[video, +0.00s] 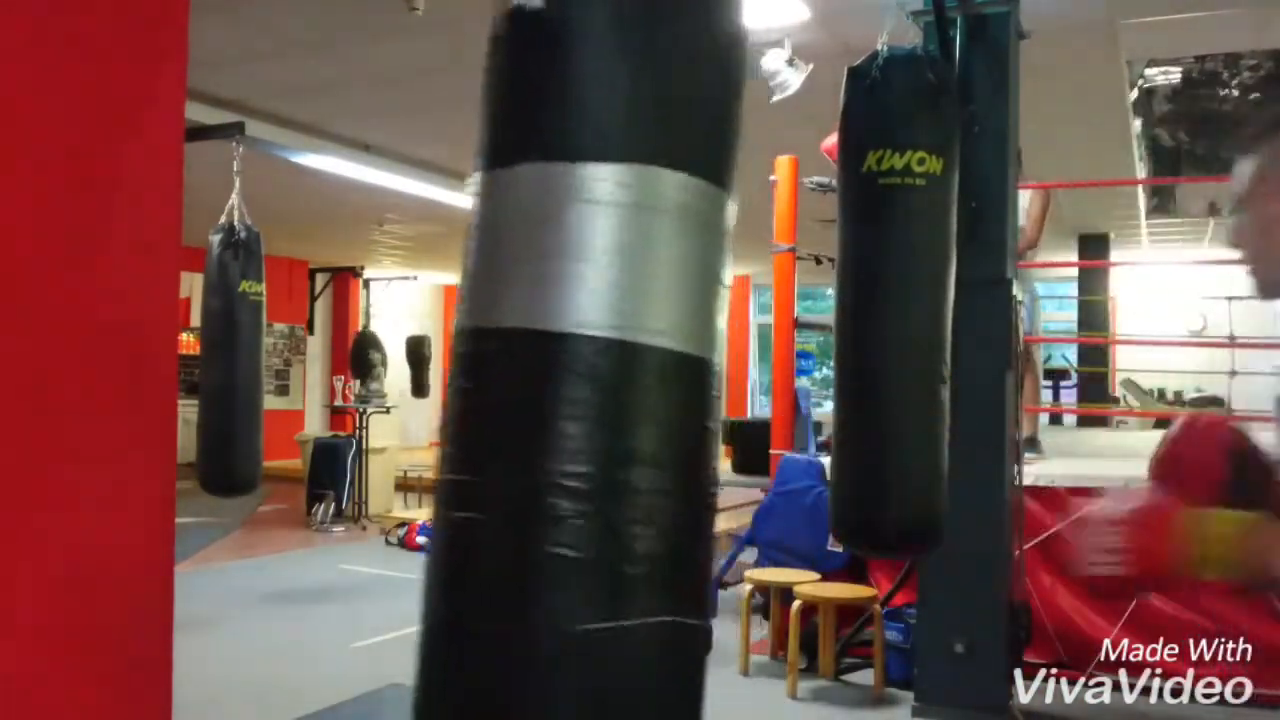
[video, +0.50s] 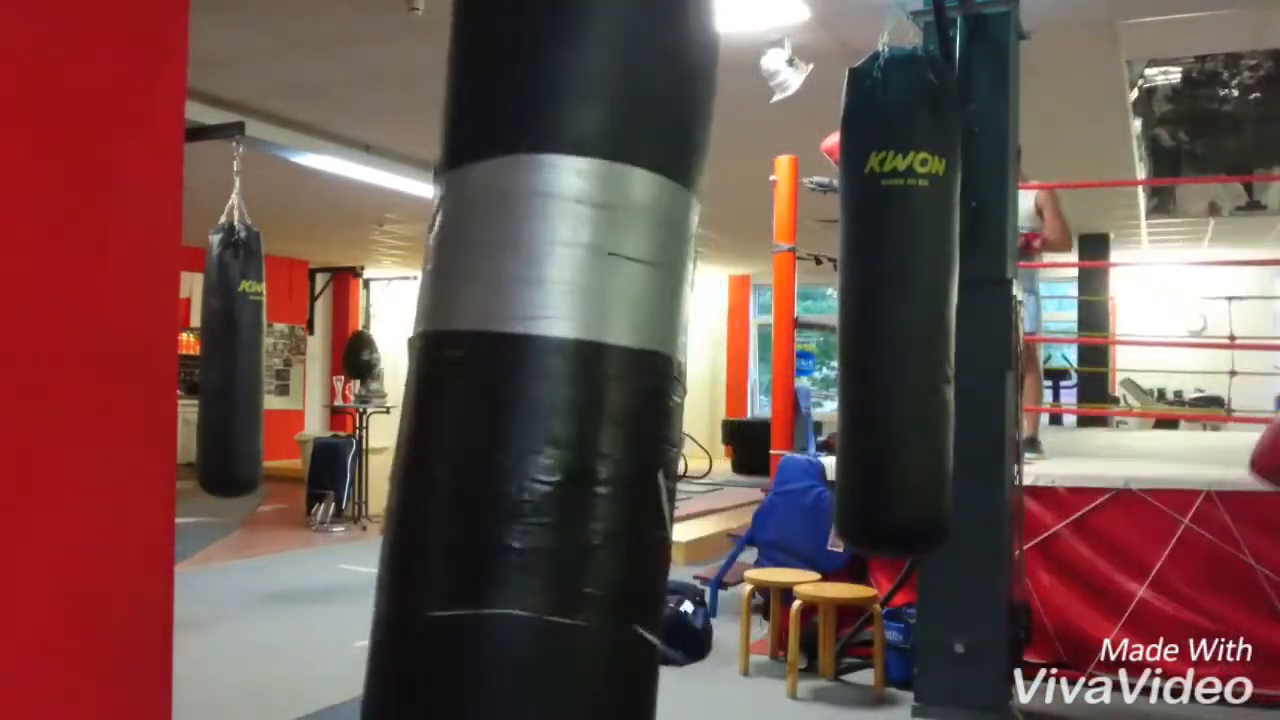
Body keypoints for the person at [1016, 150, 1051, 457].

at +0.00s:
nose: (1009, 161)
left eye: (1014, 155)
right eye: (1007, 155)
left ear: (1020, 157)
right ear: (997, 157)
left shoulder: (1036, 185)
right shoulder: (985, 184)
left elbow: (1030, 237)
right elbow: (1030, 237)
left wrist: (999, 252)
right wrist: (1003, 249)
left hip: (1016, 277)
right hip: (988, 278)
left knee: (1025, 356)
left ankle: (1029, 433)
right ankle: (1006, 435)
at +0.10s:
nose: (1009, 160)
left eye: (1013, 154)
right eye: (1005, 154)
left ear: (1020, 156)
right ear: (997, 156)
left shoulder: (1035, 185)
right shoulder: (985, 185)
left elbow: (1034, 239)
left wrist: (1001, 251)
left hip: (1017, 277)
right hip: (986, 279)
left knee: (1025, 357)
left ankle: (1029, 433)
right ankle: (998, 436)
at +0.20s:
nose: (1008, 162)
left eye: (1012, 155)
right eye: (1004, 155)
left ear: (1018, 157)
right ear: (996, 158)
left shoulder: (1034, 189)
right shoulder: (986, 188)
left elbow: (1041, 238)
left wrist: (1007, 249)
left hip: (1018, 280)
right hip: (988, 283)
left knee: (1025, 358)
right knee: (994, 360)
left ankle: (1029, 433)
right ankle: (1000, 436)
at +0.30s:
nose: (1007, 161)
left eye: (1011, 154)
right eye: (1003, 154)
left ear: (1018, 156)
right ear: (995, 157)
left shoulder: (1034, 190)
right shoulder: (984, 189)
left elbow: (1048, 239)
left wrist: (1018, 246)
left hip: (1020, 283)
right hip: (987, 285)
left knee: (1026, 359)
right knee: (991, 361)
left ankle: (1029, 434)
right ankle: (998, 436)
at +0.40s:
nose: (1008, 163)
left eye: (1012, 155)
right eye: (1004, 156)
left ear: (1018, 157)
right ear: (995, 159)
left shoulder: (1034, 192)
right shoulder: (983, 190)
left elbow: (1054, 239)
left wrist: (1026, 245)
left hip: (1020, 284)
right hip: (986, 287)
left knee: (1026, 358)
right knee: (991, 361)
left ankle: (1029, 434)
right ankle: (996, 436)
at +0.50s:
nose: (1008, 162)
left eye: (1011, 155)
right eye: (1005, 155)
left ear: (1018, 156)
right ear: (999, 157)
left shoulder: (1037, 191)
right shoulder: (983, 190)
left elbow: (1061, 239)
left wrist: (1030, 243)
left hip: (1021, 285)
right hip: (986, 288)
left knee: (1026, 358)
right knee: (995, 361)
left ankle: (1029, 435)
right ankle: (998, 436)